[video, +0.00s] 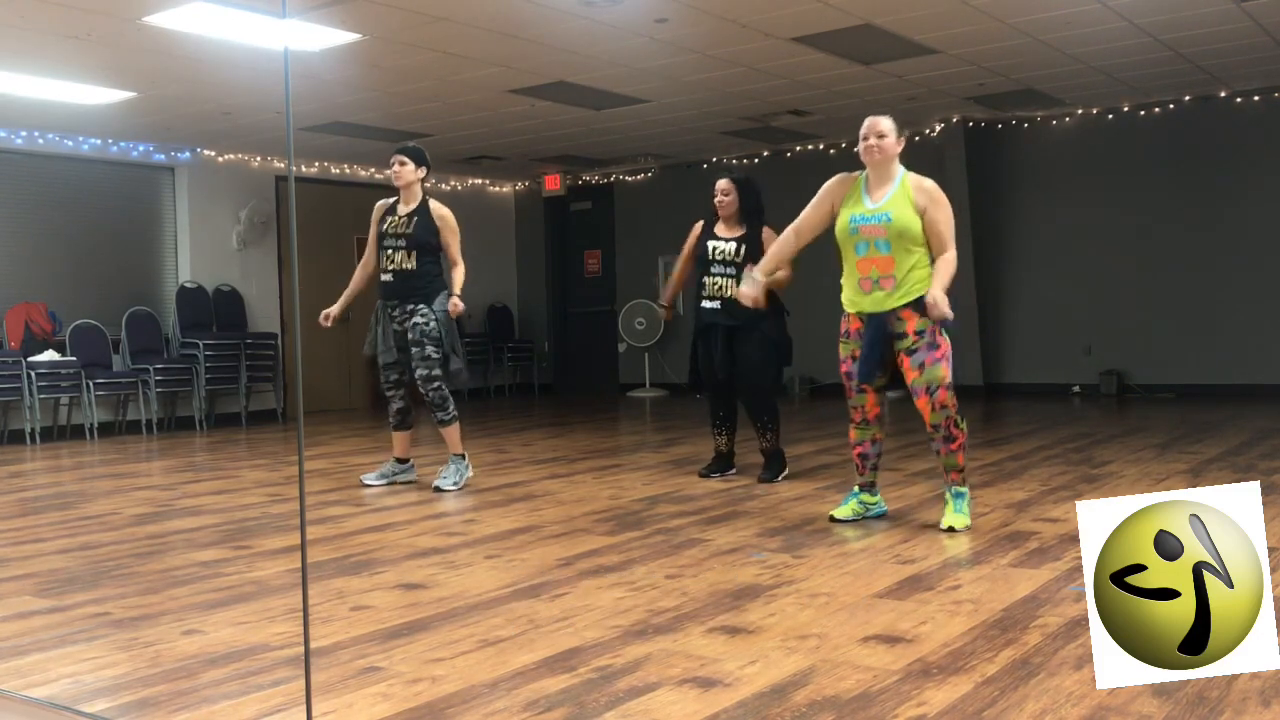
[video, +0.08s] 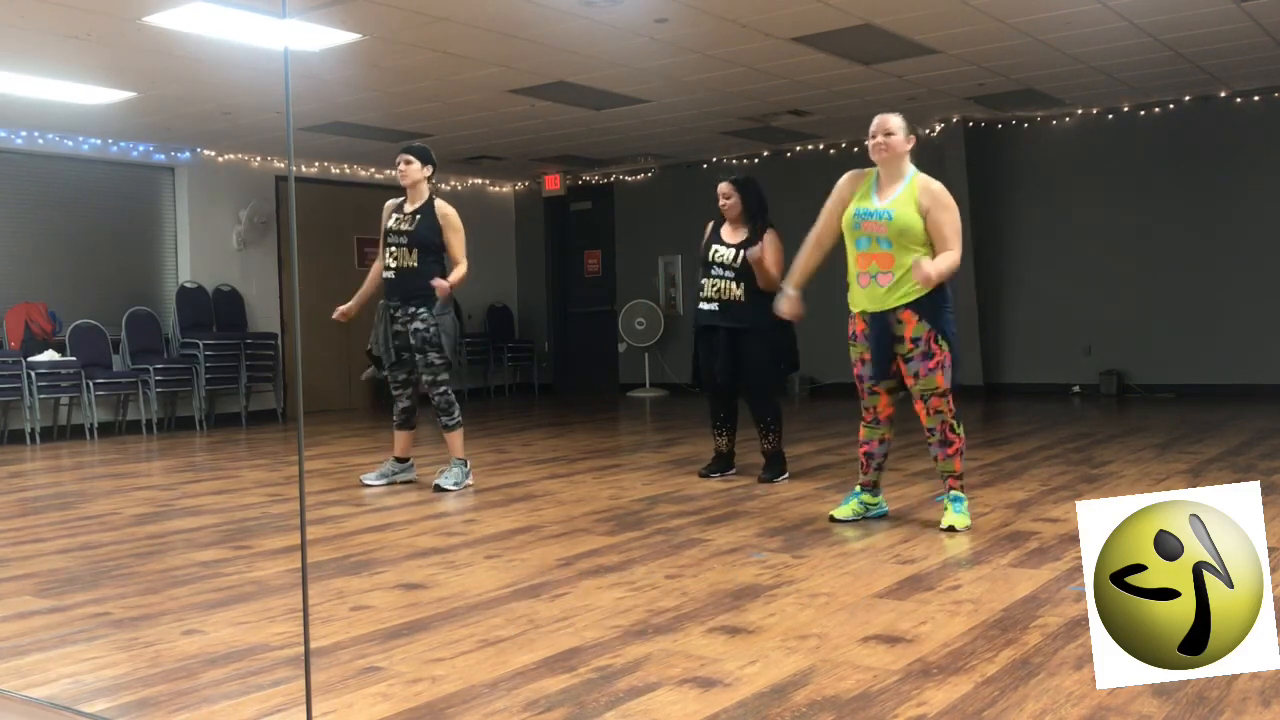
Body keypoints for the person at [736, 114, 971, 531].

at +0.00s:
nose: (871, 142)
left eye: (880, 136)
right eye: (865, 137)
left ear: (900, 144)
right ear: (858, 148)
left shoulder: (924, 191)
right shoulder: (841, 188)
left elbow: (946, 252)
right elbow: (795, 234)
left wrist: (937, 288)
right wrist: (757, 273)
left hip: (915, 312)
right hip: (859, 317)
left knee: (936, 403)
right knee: (862, 408)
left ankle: (957, 493)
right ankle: (867, 494)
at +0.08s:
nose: (877, 140)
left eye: (887, 133)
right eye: (872, 135)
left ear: (909, 142)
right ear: (867, 145)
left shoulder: (930, 192)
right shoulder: (851, 184)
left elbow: (951, 252)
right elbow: (819, 238)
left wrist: (934, 268)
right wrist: (791, 287)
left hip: (919, 310)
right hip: (866, 313)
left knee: (935, 405)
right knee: (873, 407)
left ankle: (954, 497)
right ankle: (868, 494)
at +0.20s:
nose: (884, 139)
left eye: (894, 132)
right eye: (880, 135)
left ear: (918, 140)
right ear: (876, 146)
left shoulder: (936, 191)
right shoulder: (866, 183)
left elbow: (951, 257)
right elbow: (847, 241)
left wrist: (927, 257)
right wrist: (836, 294)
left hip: (923, 312)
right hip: (870, 313)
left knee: (937, 404)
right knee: (864, 402)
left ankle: (955, 497)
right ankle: (866, 492)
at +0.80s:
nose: (895, 142)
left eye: (905, 134)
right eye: (890, 137)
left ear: (930, 141)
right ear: (887, 147)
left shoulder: (943, 188)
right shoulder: (876, 184)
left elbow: (956, 233)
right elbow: (863, 238)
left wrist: (950, 279)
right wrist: (861, 289)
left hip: (935, 312)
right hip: (885, 312)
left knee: (943, 404)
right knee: (838, 375)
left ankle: (956, 497)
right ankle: (853, 473)